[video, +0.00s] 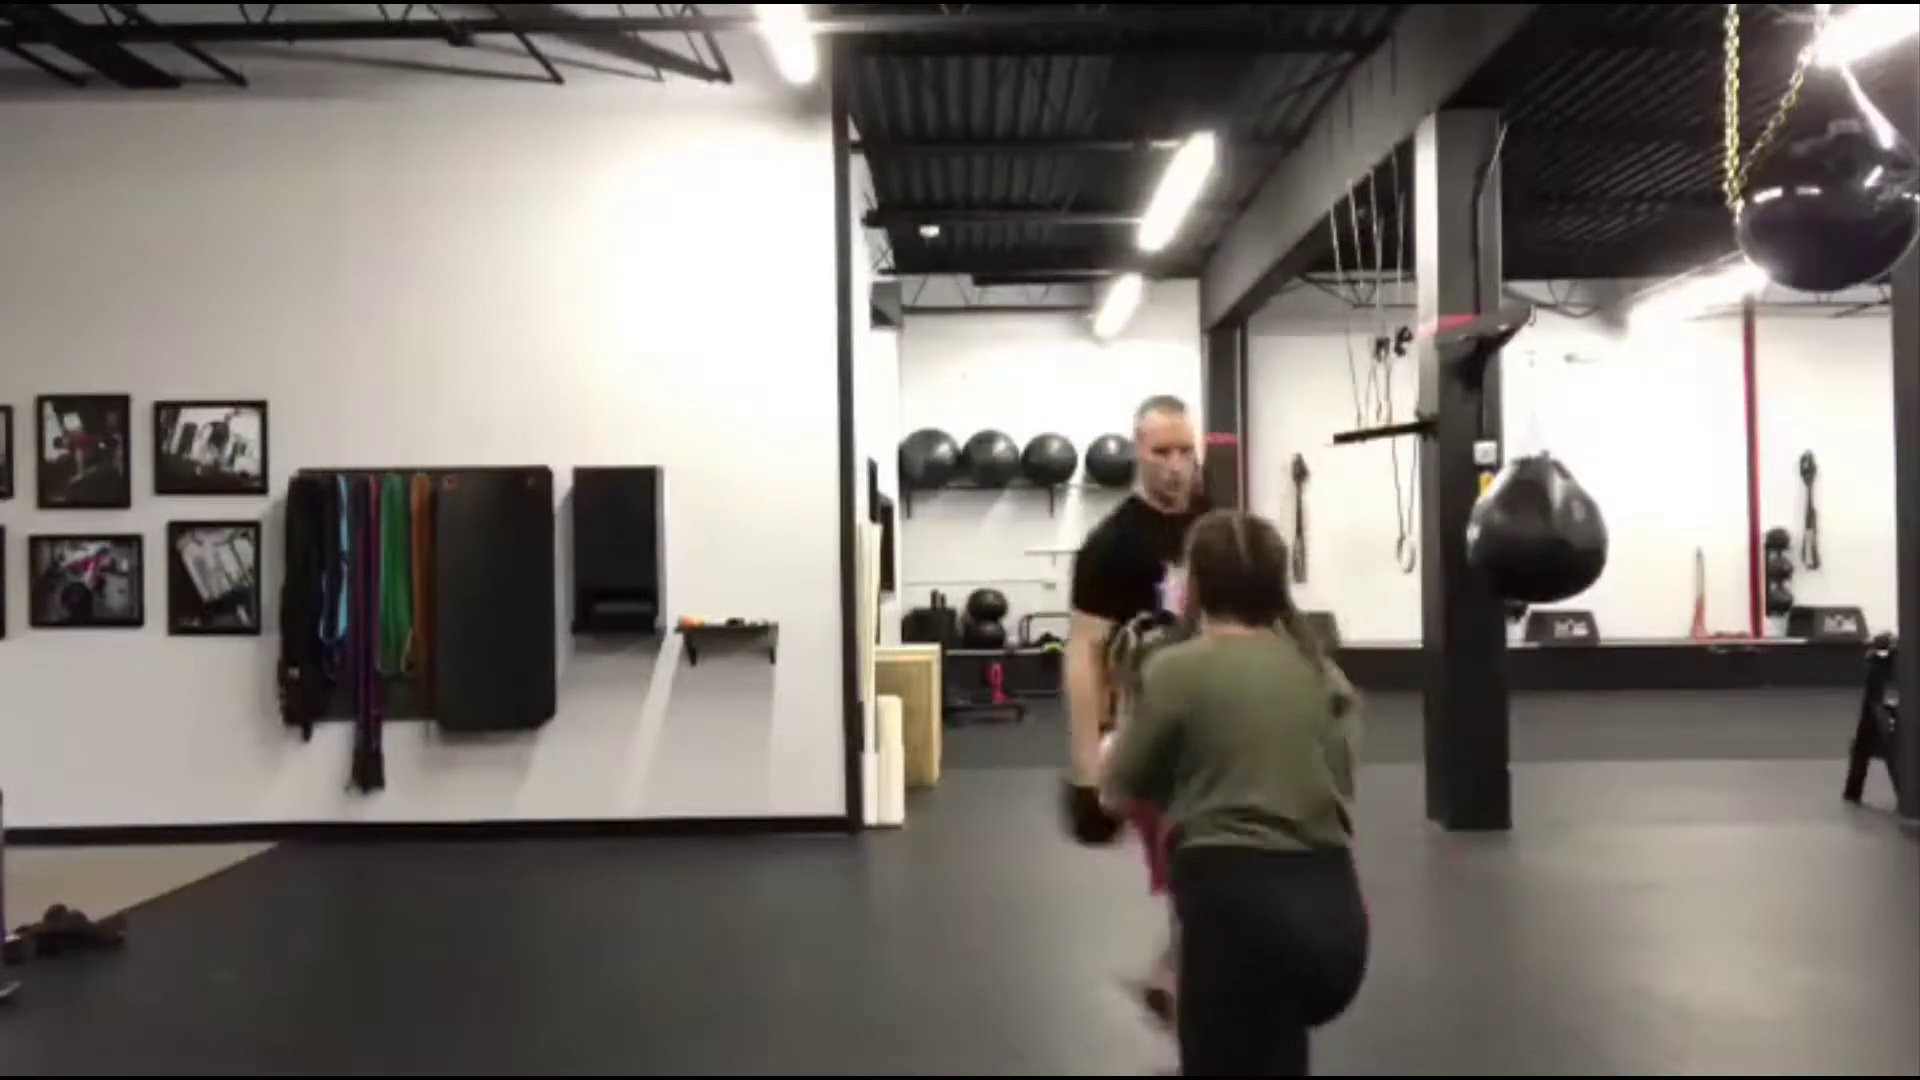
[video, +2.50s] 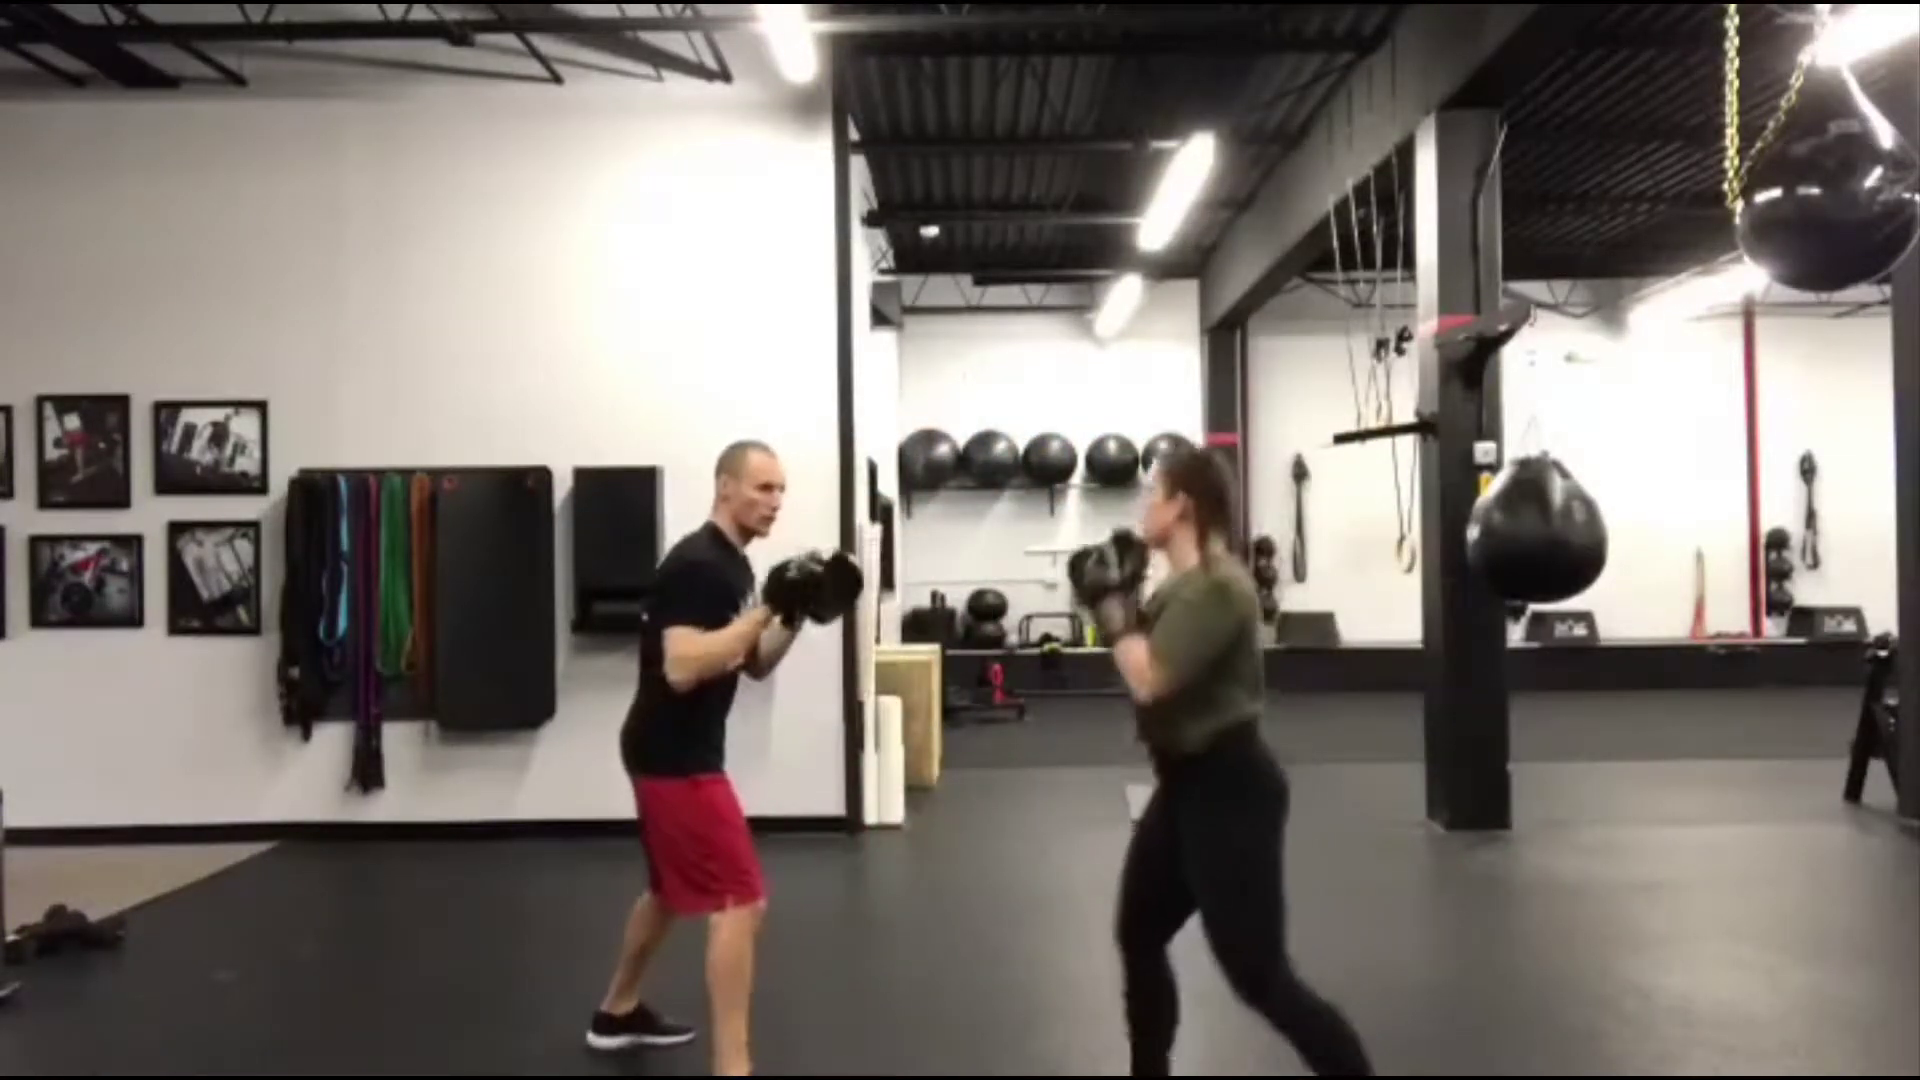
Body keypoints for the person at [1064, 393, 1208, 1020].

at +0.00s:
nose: (1174, 466)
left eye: (1184, 451)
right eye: (1160, 453)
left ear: (1200, 451)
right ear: (1136, 456)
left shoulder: (1222, 527)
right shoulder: (1113, 541)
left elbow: (1258, 625)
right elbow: (1086, 648)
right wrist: (1087, 764)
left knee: (1236, 851)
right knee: (1187, 863)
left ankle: (1179, 976)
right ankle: (1173, 977)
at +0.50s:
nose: (1009, 461)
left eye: (1016, 448)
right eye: (994, 447)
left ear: (1022, 452)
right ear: (960, 449)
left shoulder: (1015, 537)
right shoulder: (936, 534)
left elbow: (1027, 639)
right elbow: (898, 639)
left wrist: (1044, 727)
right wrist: (924, 748)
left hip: (1003, 736)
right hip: (954, 739)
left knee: (992, 887)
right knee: (979, 886)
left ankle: (974, 1026)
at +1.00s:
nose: (858, 470)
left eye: (863, 458)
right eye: (845, 457)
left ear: (862, 464)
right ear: (806, 459)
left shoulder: (855, 546)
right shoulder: (772, 545)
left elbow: (857, 651)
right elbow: (766, 660)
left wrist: (890, 722)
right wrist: (857, 727)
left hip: (829, 755)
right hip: (768, 759)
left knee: (828, 882)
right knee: (768, 912)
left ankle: (770, 997)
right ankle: (750, 1058)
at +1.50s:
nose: (795, 489)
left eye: (800, 478)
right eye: (784, 476)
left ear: (798, 480)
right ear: (747, 475)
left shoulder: (775, 555)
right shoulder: (712, 550)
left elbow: (783, 651)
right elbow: (664, 645)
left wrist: (845, 634)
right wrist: (751, 701)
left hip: (728, 744)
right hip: (709, 748)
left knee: (693, 881)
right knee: (749, 893)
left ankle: (645, 1012)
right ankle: (755, 1061)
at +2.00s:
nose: (801, 497)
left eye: (806, 485)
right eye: (792, 483)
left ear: (792, 487)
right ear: (750, 478)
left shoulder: (760, 558)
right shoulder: (720, 556)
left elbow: (788, 655)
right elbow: (733, 654)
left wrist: (831, 605)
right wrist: (811, 593)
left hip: (709, 754)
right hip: (701, 758)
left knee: (694, 882)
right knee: (760, 903)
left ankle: (636, 1000)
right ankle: (761, 1066)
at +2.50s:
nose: (776, 502)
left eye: (780, 491)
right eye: (764, 489)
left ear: (768, 496)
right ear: (725, 490)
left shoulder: (733, 565)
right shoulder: (694, 564)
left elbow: (755, 663)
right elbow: (680, 667)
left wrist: (794, 613)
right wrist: (761, 612)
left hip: (678, 754)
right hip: (675, 760)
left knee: (669, 888)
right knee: (740, 903)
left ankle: (618, 1010)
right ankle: (733, 1065)